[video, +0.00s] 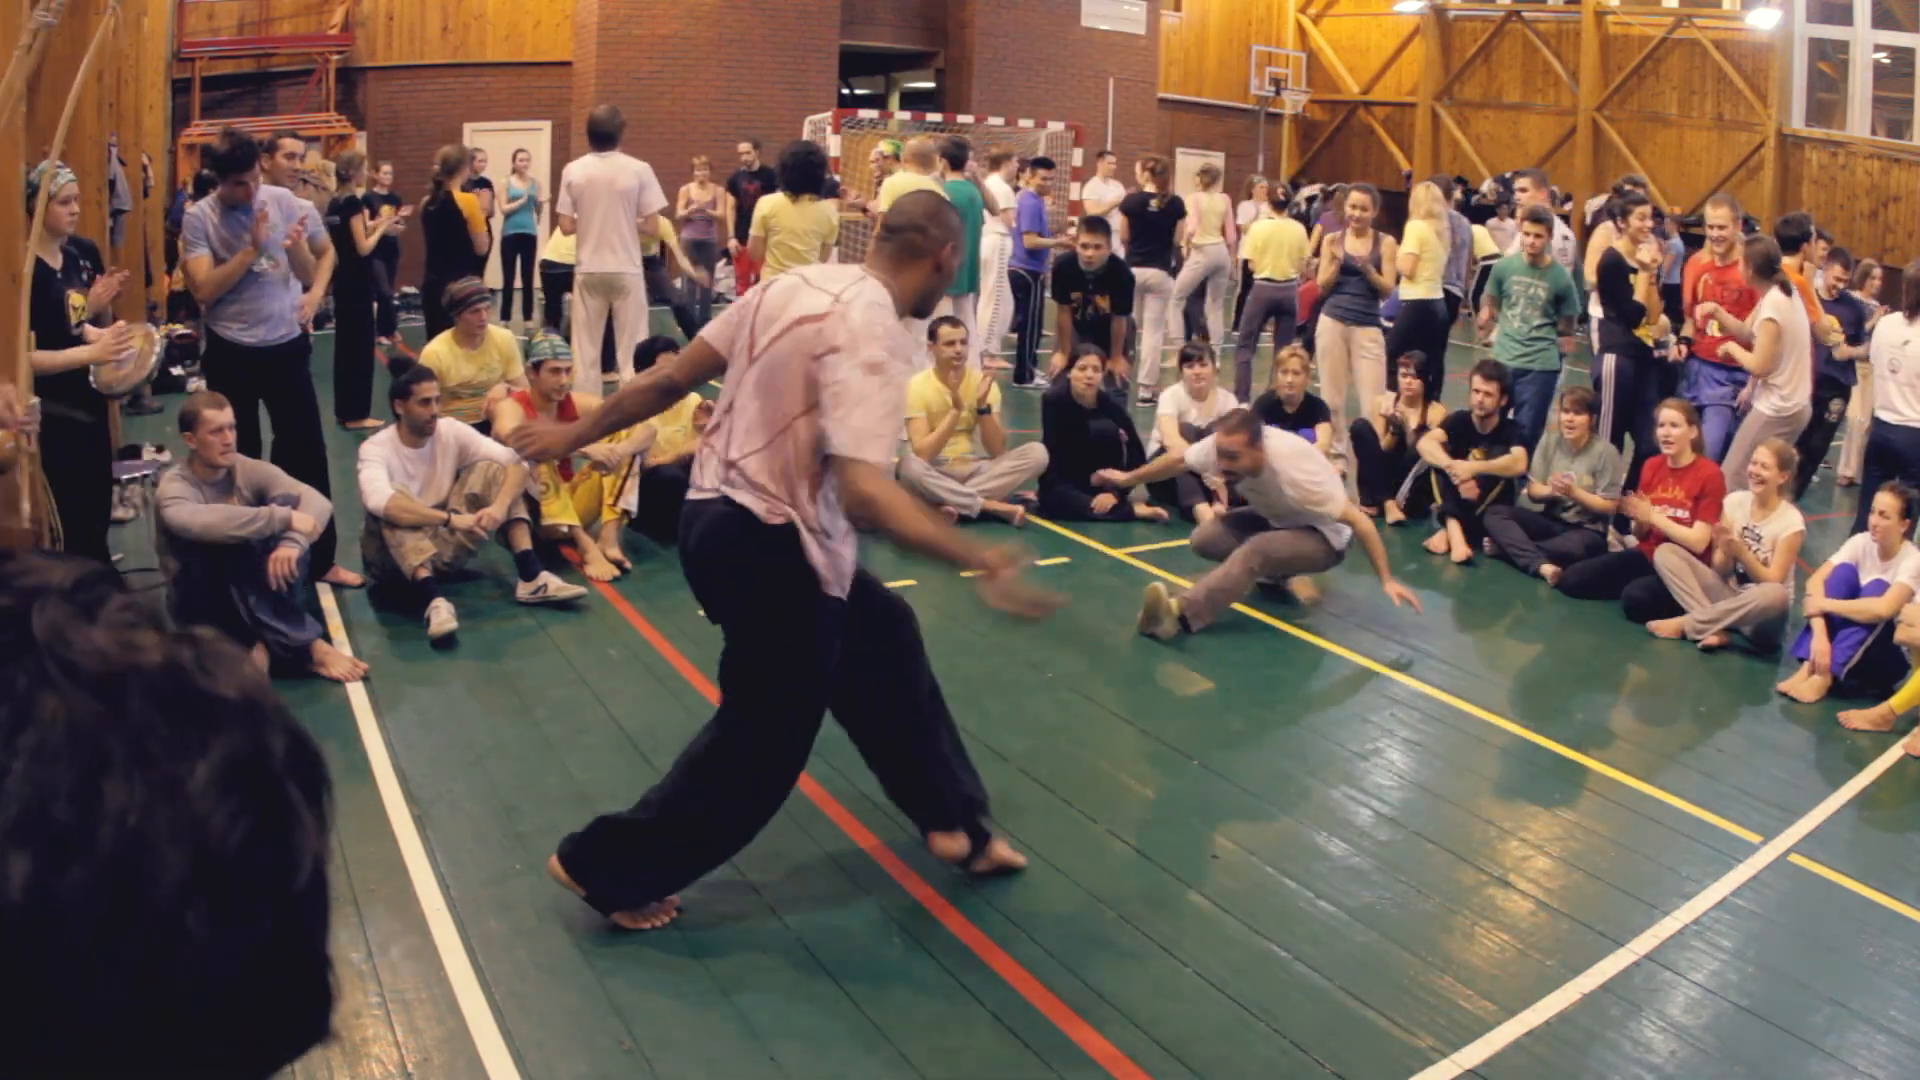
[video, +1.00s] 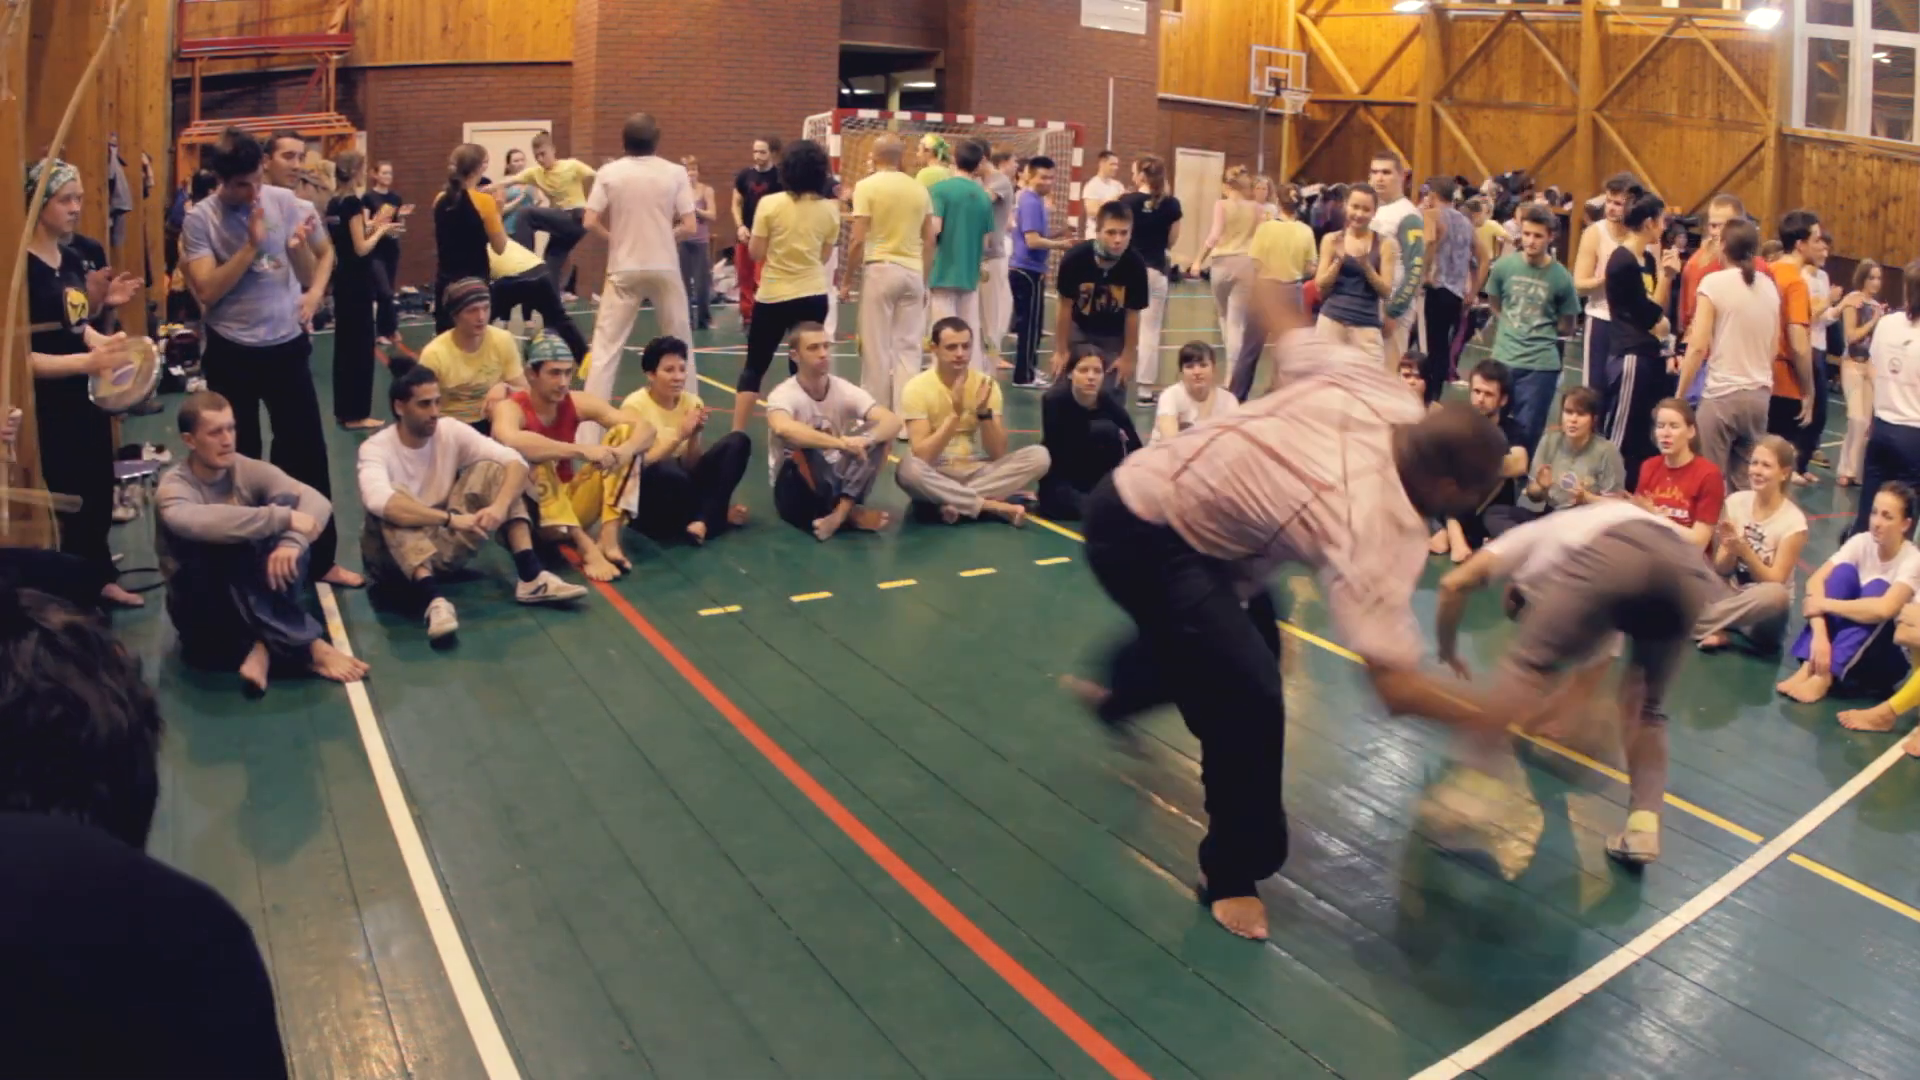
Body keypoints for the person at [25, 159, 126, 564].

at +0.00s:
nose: (75, 210)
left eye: (77, 200)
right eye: (64, 202)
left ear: (80, 201)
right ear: (38, 208)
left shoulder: (82, 253)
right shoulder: (21, 268)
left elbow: (78, 323)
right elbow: (22, 359)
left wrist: (104, 333)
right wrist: (91, 350)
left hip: (90, 395)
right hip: (52, 403)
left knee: (98, 496)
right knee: (71, 503)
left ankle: (100, 569)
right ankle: (76, 581)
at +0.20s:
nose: (71, 205)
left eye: (75, 196)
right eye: (61, 196)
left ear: (77, 200)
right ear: (34, 201)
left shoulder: (72, 252)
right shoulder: (20, 261)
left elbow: (77, 327)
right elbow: (33, 350)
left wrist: (112, 331)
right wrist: (100, 316)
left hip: (88, 386)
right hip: (53, 395)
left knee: (97, 487)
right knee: (74, 491)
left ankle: (102, 578)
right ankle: (86, 583)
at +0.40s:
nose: (74, 204)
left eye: (77, 195)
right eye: (63, 195)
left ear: (79, 199)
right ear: (36, 201)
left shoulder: (81, 254)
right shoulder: (18, 263)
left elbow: (84, 327)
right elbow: (18, 357)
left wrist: (116, 320)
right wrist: (87, 370)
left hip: (89, 393)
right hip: (48, 399)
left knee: (97, 488)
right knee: (66, 493)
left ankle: (101, 576)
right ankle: (72, 583)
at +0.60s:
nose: (75, 212)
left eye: (78, 203)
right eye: (65, 204)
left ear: (79, 206)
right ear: (36, 209)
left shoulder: (71, 259)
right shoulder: (17, 271)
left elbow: (78, 326)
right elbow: (22, 364)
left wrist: (110, 331)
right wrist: (91, 365)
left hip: (89, 391)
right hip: (51, 401)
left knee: (96, 488)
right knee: (67, 494)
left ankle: (102, 577)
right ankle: (76, 586)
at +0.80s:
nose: (73, 206)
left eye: (77, 197)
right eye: (62, 197)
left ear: (81, 201)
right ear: (34, 201)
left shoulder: (77, 254)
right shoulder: (17, 262)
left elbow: (74, 322)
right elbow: (18, 351)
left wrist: (105, 329)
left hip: (87, 384)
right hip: (45, 391)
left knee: (95, 482)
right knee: (61, 486)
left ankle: (101, 576)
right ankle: (69, 583)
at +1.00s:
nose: (76, 209)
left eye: (79, 199)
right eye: (66, 200)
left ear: (81, 202)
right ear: (39, 204)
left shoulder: (71, 262)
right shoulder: (18, 267)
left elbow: (75, 325)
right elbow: (19, 358)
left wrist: (106, 343)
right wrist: (88, 363)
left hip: (85, 389)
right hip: (49, 397)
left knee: (98, 488)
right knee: (68, 491)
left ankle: (101, 577)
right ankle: (76, 584)